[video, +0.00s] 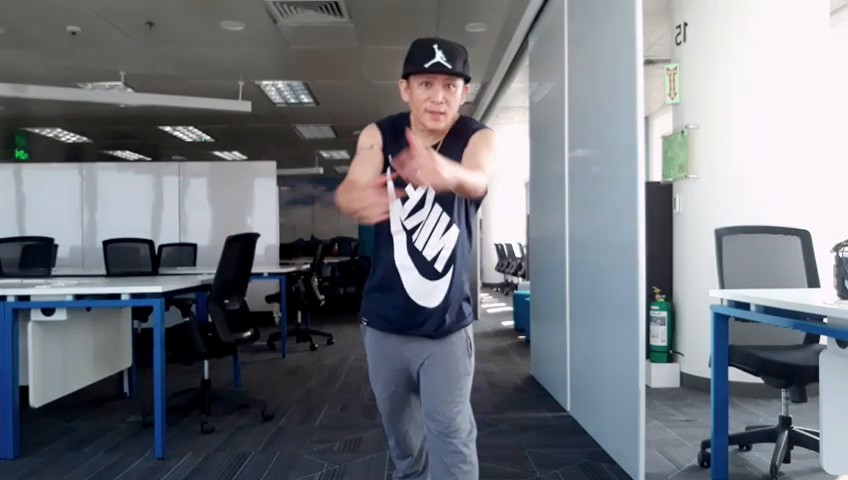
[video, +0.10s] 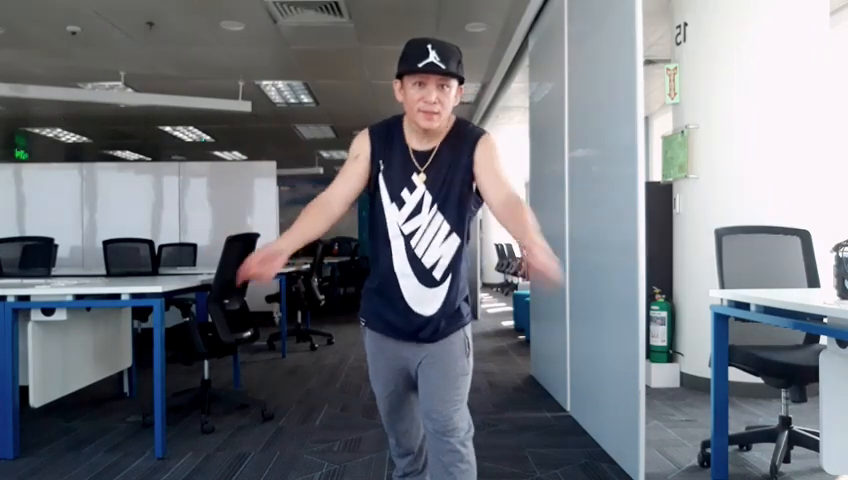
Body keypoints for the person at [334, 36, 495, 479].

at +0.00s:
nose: (438, 96)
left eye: (448, 86)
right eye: (426, 84)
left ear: (464, 94)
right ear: (405, 90)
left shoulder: (476, 138)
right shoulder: (378, 135)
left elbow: (479, 181)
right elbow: (349, 192)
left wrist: (446, 174)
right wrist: (358, 201)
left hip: (448, 324)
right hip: (385, 321)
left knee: (450, 436)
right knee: (398, 428)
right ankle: (406, 470)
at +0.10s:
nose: (430, 96)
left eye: (442, 85)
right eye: (419, 84)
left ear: (458, 93)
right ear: (399, 90)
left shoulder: (475, 145)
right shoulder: (373, 143)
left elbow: (505, 201)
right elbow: (331, 203)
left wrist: (533, 242)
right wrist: (281, 247)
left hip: (446, 323)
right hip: (384, 322)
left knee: (448, 431)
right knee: (398, 427)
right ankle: (407, 470)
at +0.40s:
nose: (433, 106)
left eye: (445, 95)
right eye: (421, 92)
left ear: (461, 102)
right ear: (399, 98)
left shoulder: (477, 153)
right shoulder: (372, 147)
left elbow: (505, 210)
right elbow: (356, 195)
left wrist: (530, 257)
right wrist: (336, 227)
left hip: (446, 325)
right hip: (383, 324)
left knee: (444, 430)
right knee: (395, 423)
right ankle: (405, 470)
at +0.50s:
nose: (441, 107)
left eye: (453, 95)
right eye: (429, 94)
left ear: (468, 101)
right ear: (405, 96)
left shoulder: (483, 153)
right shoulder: (376, 147)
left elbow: (510, 211)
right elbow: (356, 190)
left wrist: (537, 263)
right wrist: (326, 224)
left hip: (451, 330)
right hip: (387, 328)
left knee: (450, 439)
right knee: (400, 428)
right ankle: (407, 472)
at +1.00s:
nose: (469, 63)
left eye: (482, 52)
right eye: (455, 50)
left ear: (498, 65)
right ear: (430, 61)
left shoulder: (518, 132)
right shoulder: (397, 121)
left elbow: (574, 211)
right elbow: (338, 195)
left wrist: (557, 173)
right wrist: (361, 171)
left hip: (473, 332)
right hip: (403, 327)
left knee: (462, 460)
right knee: (406, 456)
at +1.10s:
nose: (472, 62)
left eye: (486, 50)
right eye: (458, 49)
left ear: (502, 62)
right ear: (433, 60)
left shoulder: (524, 131)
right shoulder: (404, 119)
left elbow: (585, 206)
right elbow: (340, 189)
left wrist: (575, 154)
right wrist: (356, 156)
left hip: (478, 334)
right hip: (406, 328)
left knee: (465, 462)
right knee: (409, 455)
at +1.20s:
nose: (474, 63)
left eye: (488, 51)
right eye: (459, 50)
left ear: (505, 62)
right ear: (435, 60)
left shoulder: (529, 132)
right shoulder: (404, 118)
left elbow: (588, 205)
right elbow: (341, 188)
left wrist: (583, 150)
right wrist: (350, 147)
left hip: (479, 334)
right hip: (408, 328)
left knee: (467, 462)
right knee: (412, 453)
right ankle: (416, 471)